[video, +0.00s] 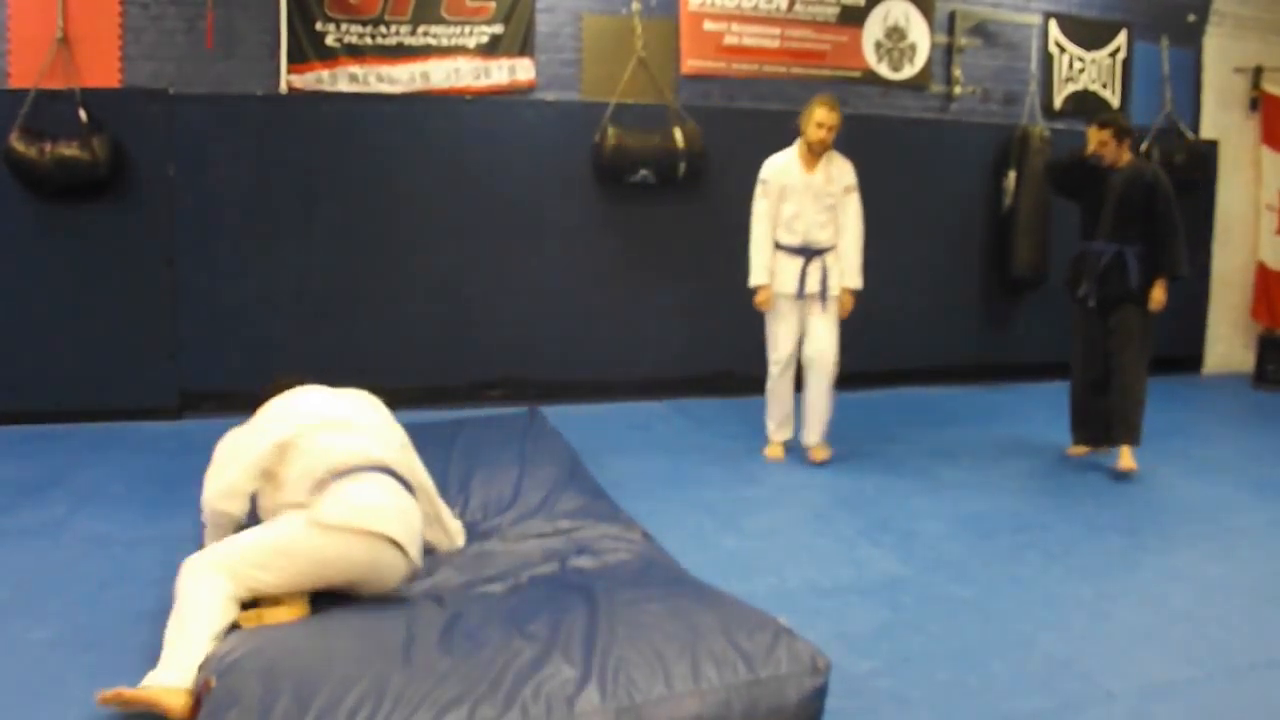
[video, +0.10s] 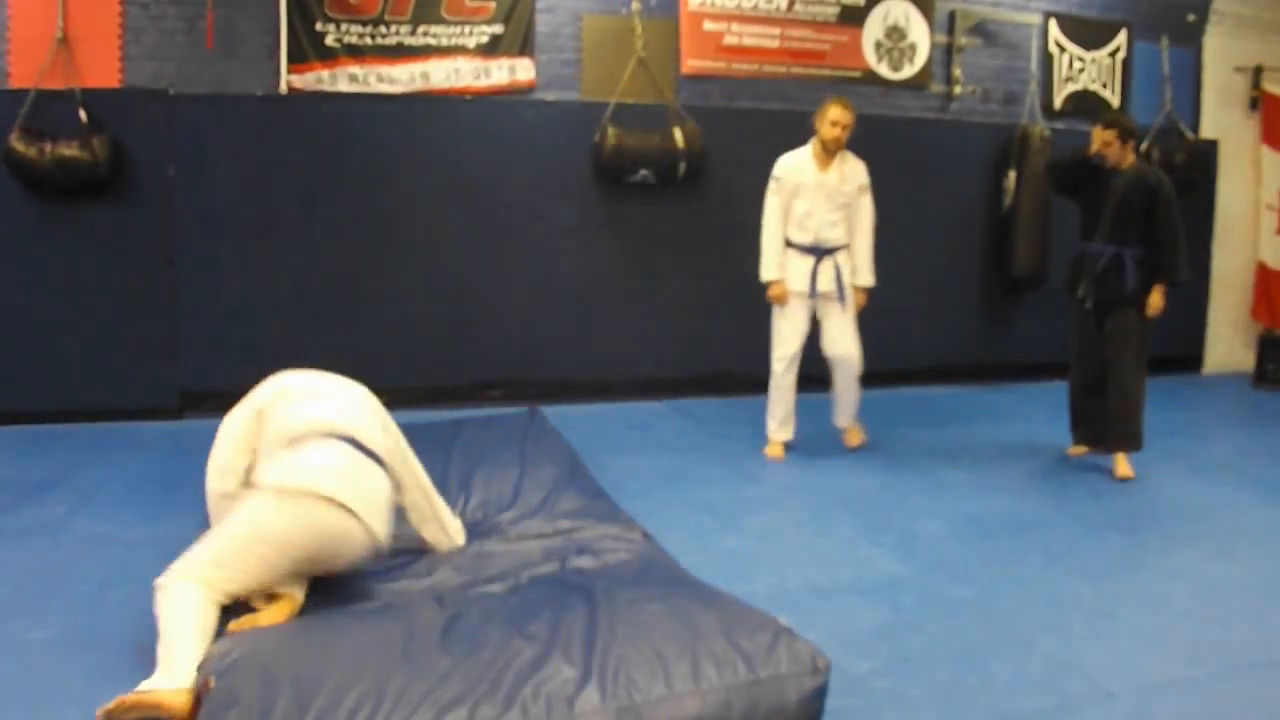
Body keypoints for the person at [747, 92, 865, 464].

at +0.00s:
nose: (824, 134)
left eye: (831, 128)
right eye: (819, 125)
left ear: (837, 131)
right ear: (803, 125)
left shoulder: (843, 169)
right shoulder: (775, 166)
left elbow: (852, 228)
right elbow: (761, 225)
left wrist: (849, 283)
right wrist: (761, 280)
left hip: (827, 268)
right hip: (784, 266)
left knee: (824, 356)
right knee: (781, 356)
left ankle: (815, 437)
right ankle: (777, 434)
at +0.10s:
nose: (838, 132)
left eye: (845, 127)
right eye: (833, 124)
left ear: (850, 131)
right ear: (817, 123)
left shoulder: (856, 170)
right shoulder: (788, 165)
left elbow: (863, 227)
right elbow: (772, 223)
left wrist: (862, 280)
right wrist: (772, 276)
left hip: (839, 265)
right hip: (795, 263)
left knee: (847, 353)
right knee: (784, 356)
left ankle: (847, 421)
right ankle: (777, 432)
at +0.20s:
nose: (857, 138)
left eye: (863, 132)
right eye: (851, 130)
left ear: (868, 136)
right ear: (834, 129)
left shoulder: (871, 176)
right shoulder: (804, 170)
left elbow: (877, 231)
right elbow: (784, 224)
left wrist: (877, 283)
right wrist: (783, 277)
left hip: (852, 270)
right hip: (807, 269)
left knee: (869, 353)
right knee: (790, 357)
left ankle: (871, 414)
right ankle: (777, 434)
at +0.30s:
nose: (878, 146)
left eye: (883, 140)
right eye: (872, 138)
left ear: (888, 145)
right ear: (854, 137)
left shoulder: (889, 181)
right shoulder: (825, 177)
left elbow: (896, 236)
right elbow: (802, 230)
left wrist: (895, 285)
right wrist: (793, 282)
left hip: (871, 277)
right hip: (828, 275)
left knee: (883, 354)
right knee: (803, 356)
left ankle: (871, 415)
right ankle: (778, 432)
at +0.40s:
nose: (902, 151)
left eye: (907, 145)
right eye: (896, 144)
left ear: (909, 149)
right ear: (877, 144)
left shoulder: (907, 186)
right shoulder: (849, 183)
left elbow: (917, 239)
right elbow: (825, 237)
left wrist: (917, 289)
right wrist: (810, 287)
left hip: (891, 275)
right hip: (853, 273)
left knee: (890, 351)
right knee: (837, 349)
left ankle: (871, 416)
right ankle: (790, 423)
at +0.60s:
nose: (938, 147)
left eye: (940, 141)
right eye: (932, 140)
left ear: (939, 143)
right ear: (911, 137)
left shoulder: (927, 180)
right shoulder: (878, 175)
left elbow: (937, 229)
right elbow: (863, 229)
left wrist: (947, 273)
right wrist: (861, 278)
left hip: (910, 265)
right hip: (882, 263)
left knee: (905, 345)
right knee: (895, 342)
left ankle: (877, 416)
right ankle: (856, 415)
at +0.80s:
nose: (974, 155)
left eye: (975, 148)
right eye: (970, 147)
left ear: (953, 146)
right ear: (949, 143)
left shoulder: (948, 180)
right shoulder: (919, 176)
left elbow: (955, 228)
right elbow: (906, 229)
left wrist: (971, 267)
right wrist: (915, 278)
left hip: (928, 266)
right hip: (913, 268)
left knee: (901, 347)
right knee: (946, 346)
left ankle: (871, 412)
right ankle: (964, 421)